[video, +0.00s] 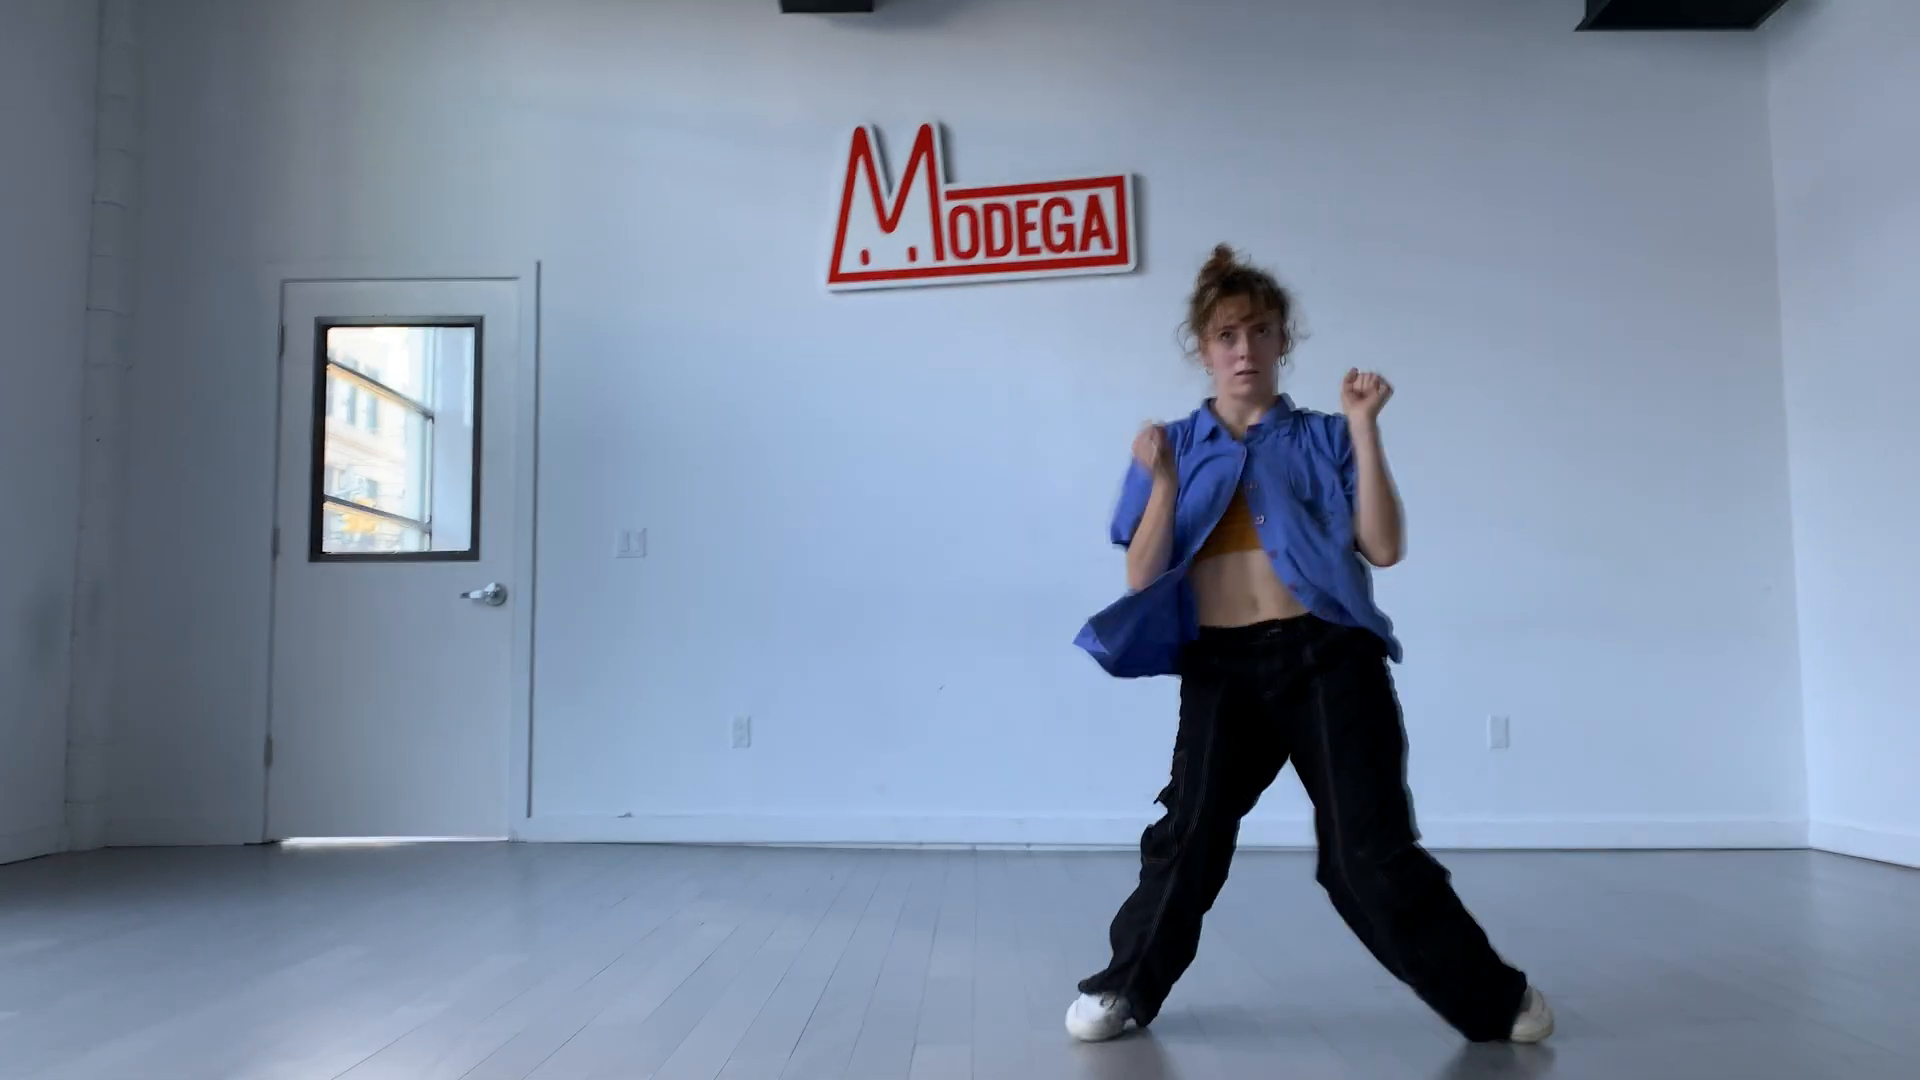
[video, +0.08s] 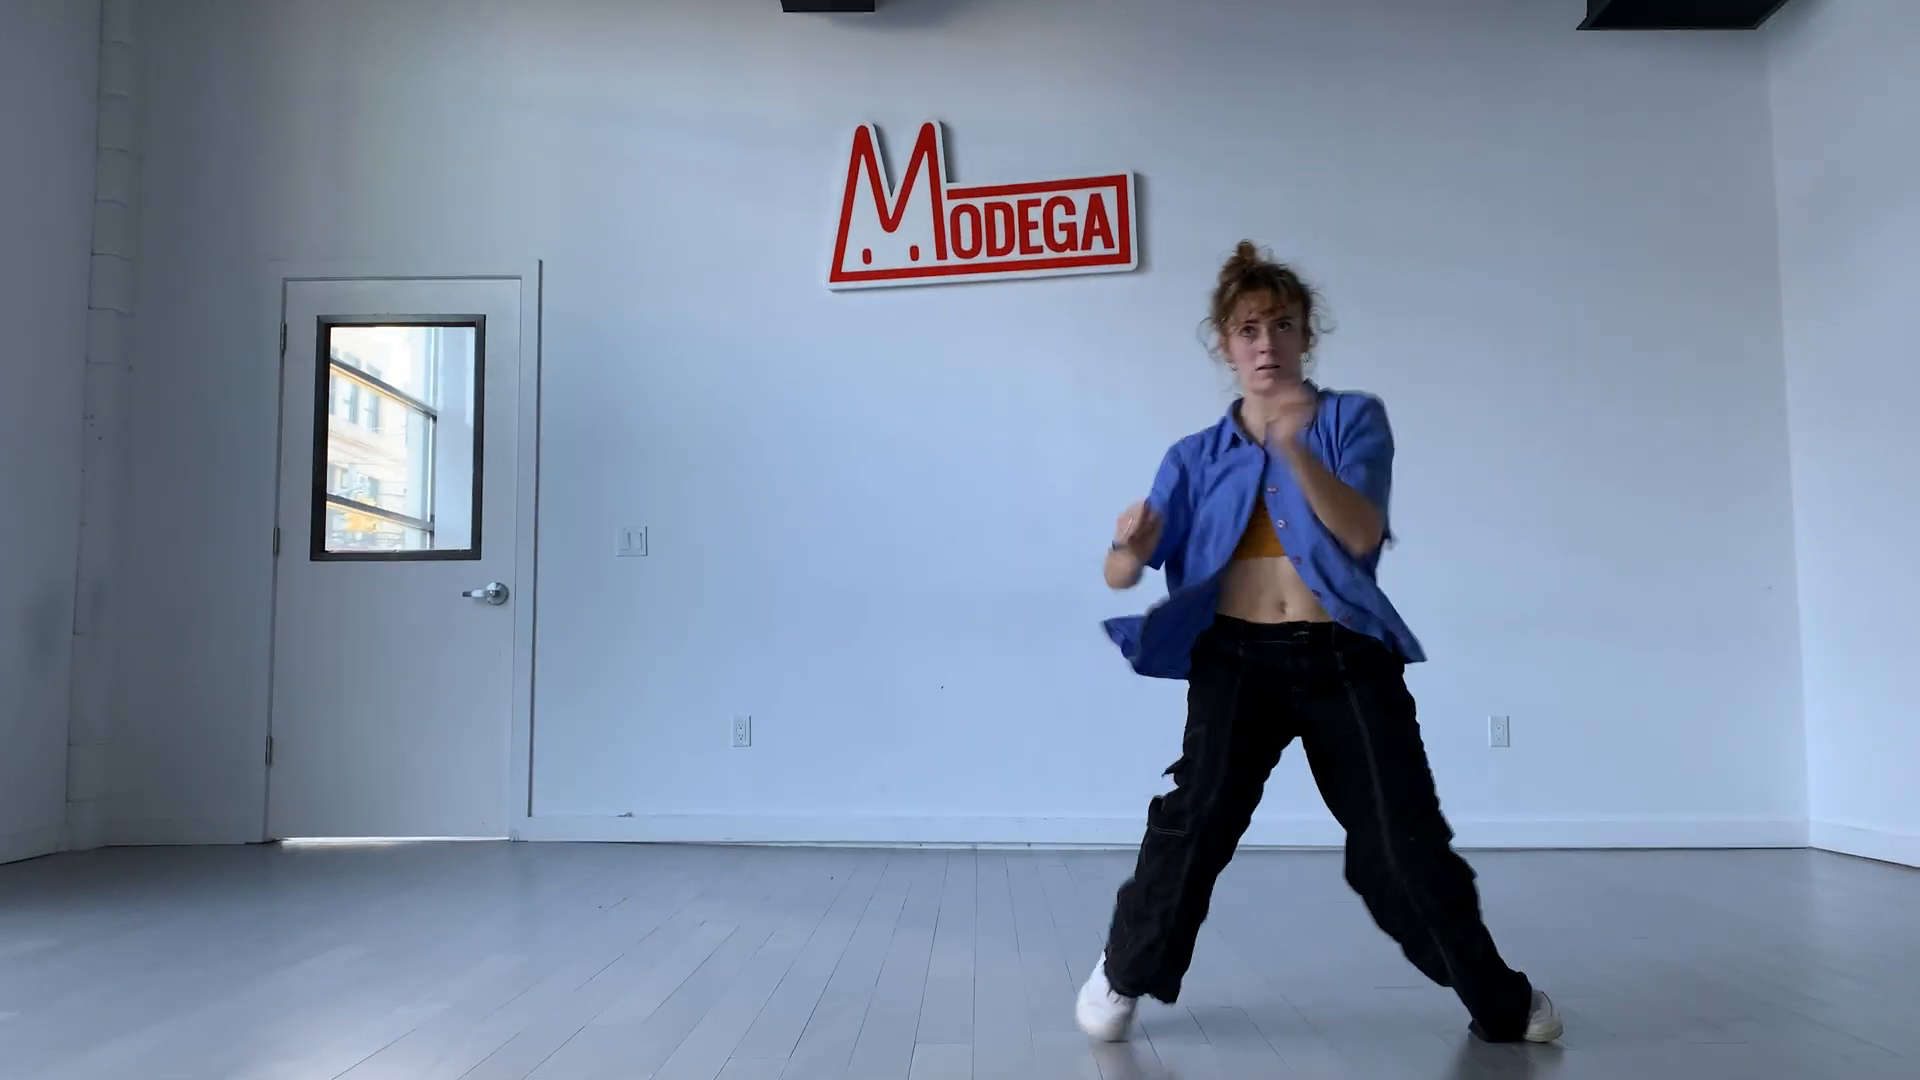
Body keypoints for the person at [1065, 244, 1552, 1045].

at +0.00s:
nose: (1244, 347)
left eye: (1258, 331)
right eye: (1227, 334)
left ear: (1282, 344)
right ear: (1203, 350)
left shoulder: (1324, 436)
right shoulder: (1173, 449)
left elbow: (1384, 547)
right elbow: (1143, 574)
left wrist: (1364, 426)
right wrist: (1165, 477)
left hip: (1331, 658)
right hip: (1225, 669)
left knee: (1368, 853)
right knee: (1187, 836)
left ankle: (1497, 999)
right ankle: (1126, 989)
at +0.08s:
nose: (1266, 344)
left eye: (1279, 326)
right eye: (1248, 331)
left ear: (1305, 335)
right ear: (1225, 349)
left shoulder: (1351, 421)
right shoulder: (1194, 455)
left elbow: (1364, 535)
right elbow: (1120, 577)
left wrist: (1295, 450)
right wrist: (1132, 550)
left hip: (1345, 657)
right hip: (1236, 660)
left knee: (1403, 840)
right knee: (1197, 820)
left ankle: (1500, 1000)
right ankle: (1123, 971)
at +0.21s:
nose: (1300, 350)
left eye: (1315, 334)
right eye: (1282, 335)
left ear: (1336, 349)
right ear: (1253, 349)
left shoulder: (1350, 428)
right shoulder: (1199, 443)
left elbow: (1342, 385)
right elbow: (1079, 467)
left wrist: (1204, 405)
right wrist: (1010, 527)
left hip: (1339, 674)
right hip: (1231, 674)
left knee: (1416, 848)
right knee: (1243, 838)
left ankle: (1502, 999)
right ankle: (1147, 942)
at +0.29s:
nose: (1276, 351)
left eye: (1290, 335)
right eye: (1257, 336)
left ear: (1311, 347)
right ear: (1227, 349)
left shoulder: (1325, 423)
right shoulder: (1173, 419)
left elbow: (1343, 306)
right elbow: (1069, 370)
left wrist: (1226, 313)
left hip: (1316, 680)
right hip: (1206, 685)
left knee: (1397, 856)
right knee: (1227, 859)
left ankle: (1503, 1002)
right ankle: (1140, 976)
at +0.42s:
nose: (1206, 341)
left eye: (1222, 325)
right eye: (1188, 327)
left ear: (1250, 336)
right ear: (1167, 341)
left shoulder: (1281, 413)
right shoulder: (1129, 391)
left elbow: (1358, 295)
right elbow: (1074, 276)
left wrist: (1291, 233)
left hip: (1234, 665)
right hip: (1130, 668)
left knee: (1355, 837)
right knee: (1197, 832)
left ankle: (1493, 996)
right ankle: (1130, 975)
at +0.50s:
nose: (1172, 327)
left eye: (1188, 311)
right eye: (1156, 315)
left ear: (1217, 327)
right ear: (1136, 332)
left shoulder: (1252, 418)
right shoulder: (1109, 386)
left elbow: (1344, 341)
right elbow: (1080, 250)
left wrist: (1304, 262)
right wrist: (1176, 174)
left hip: (1190, 660)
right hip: (1090, 657)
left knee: (1316, 797)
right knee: (1183, 822)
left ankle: (1387, 955)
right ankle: (1127, 975)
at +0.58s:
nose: (1162, 311)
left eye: (1170, 300)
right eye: (1147, 299)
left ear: (1186, 322)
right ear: (1115, 313)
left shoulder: (1212, 427)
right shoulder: (1099, 402)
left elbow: (1298, 410)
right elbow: (1140, 307)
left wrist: (1272, 330)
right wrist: (1168, 231)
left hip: (1159, 660)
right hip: (1064, 653)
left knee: (1261, 810)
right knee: (1165, 817)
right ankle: (1110, 974)